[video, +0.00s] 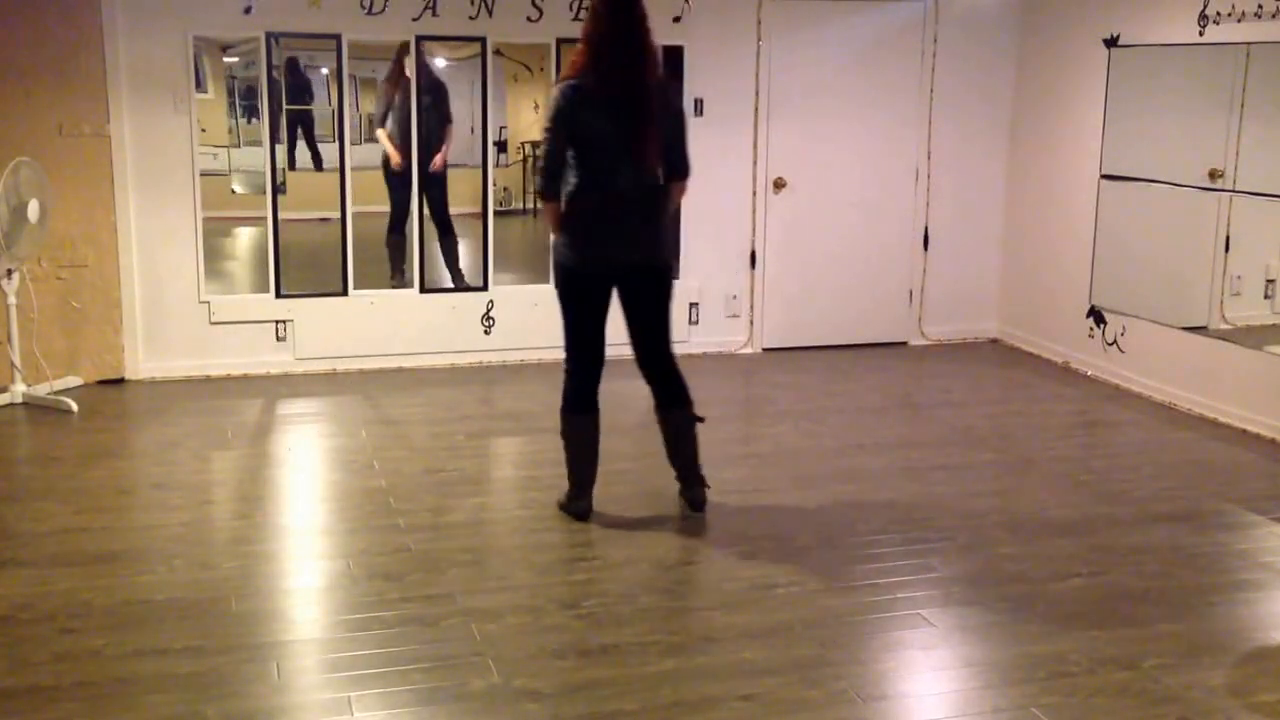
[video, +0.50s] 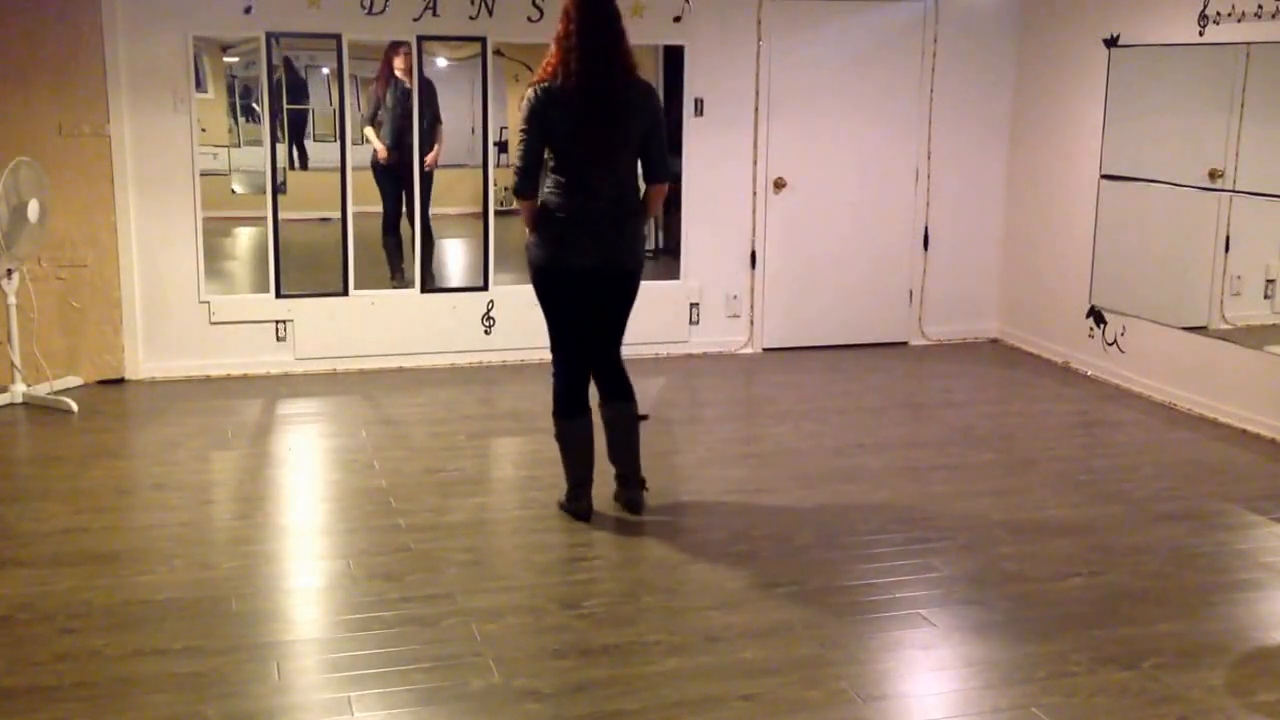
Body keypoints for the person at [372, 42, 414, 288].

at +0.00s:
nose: (411, 66)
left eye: (415, 61)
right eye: (407, 61)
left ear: (422, 61)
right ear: (401, 61)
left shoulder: (436, 86)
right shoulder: (391, 87)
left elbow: (447, 123)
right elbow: (378, 125)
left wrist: (443, 152)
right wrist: (391, 151)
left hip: (430, 160)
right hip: (400, 160)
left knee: (441, 216)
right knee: (399, 216)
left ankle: (456, 273)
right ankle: (397, 273)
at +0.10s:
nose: (410, 62)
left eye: (414, 57)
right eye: (406, 56)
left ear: (420, 59)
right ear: (398, 59)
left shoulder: (432, 86)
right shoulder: (388, 86)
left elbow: (442, 124)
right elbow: (374, 125)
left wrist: (438, 151)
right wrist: (387, 149)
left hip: (426, 159)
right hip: (396, 159)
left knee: (437, 215)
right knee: (397, 215)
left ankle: (449, 272)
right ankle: (397, 273)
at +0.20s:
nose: (409, 60)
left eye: (413, 55)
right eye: (404, 55)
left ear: (419, 58)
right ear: (396, 59)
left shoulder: (430, 86)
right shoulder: (386, 86)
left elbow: (439, 123)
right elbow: (371, 122)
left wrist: (436, 150)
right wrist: (383, 146)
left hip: (424, 159)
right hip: (394, 159)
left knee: (432, 215)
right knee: (396, 214)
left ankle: (439, 272)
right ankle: (397, 272)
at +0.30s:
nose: (407, 58)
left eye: (410, 53)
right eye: (402, 54)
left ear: (416, 57)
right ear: (393, 58)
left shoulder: (426, 85)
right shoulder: (383, 85)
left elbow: (436, 120)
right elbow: (368, 121)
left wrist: (437, 149)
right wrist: (379, 144)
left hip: (422, 160)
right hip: (391, 160)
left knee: (426, 217)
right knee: (394, 214)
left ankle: (428, 273)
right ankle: (396, 271)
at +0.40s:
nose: (406, 62)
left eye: (409, 57)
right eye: (401, 58)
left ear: (414, 58)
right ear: (391, 60)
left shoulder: (426, 85)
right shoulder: (382, 85)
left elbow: (436, 121)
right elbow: (367, 121)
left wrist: (437, 149)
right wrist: (378, 144)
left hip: (420, 161)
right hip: (390, 160)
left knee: (423, 217)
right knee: (393, 214)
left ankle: (426, 272)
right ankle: (396, 271)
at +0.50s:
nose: (404, 60)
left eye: (408, 55)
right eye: (399, 55)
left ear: (414, 58)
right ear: (390, 59)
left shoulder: (425, 86)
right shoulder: (381, 86)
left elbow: (436, 122)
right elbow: (367, 122)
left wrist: (436, 150)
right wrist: (378, 144)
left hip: (419, 161)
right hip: (388, 160)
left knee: (420, 217)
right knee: (392, 215)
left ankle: (426, 272)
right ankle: (396, 271)